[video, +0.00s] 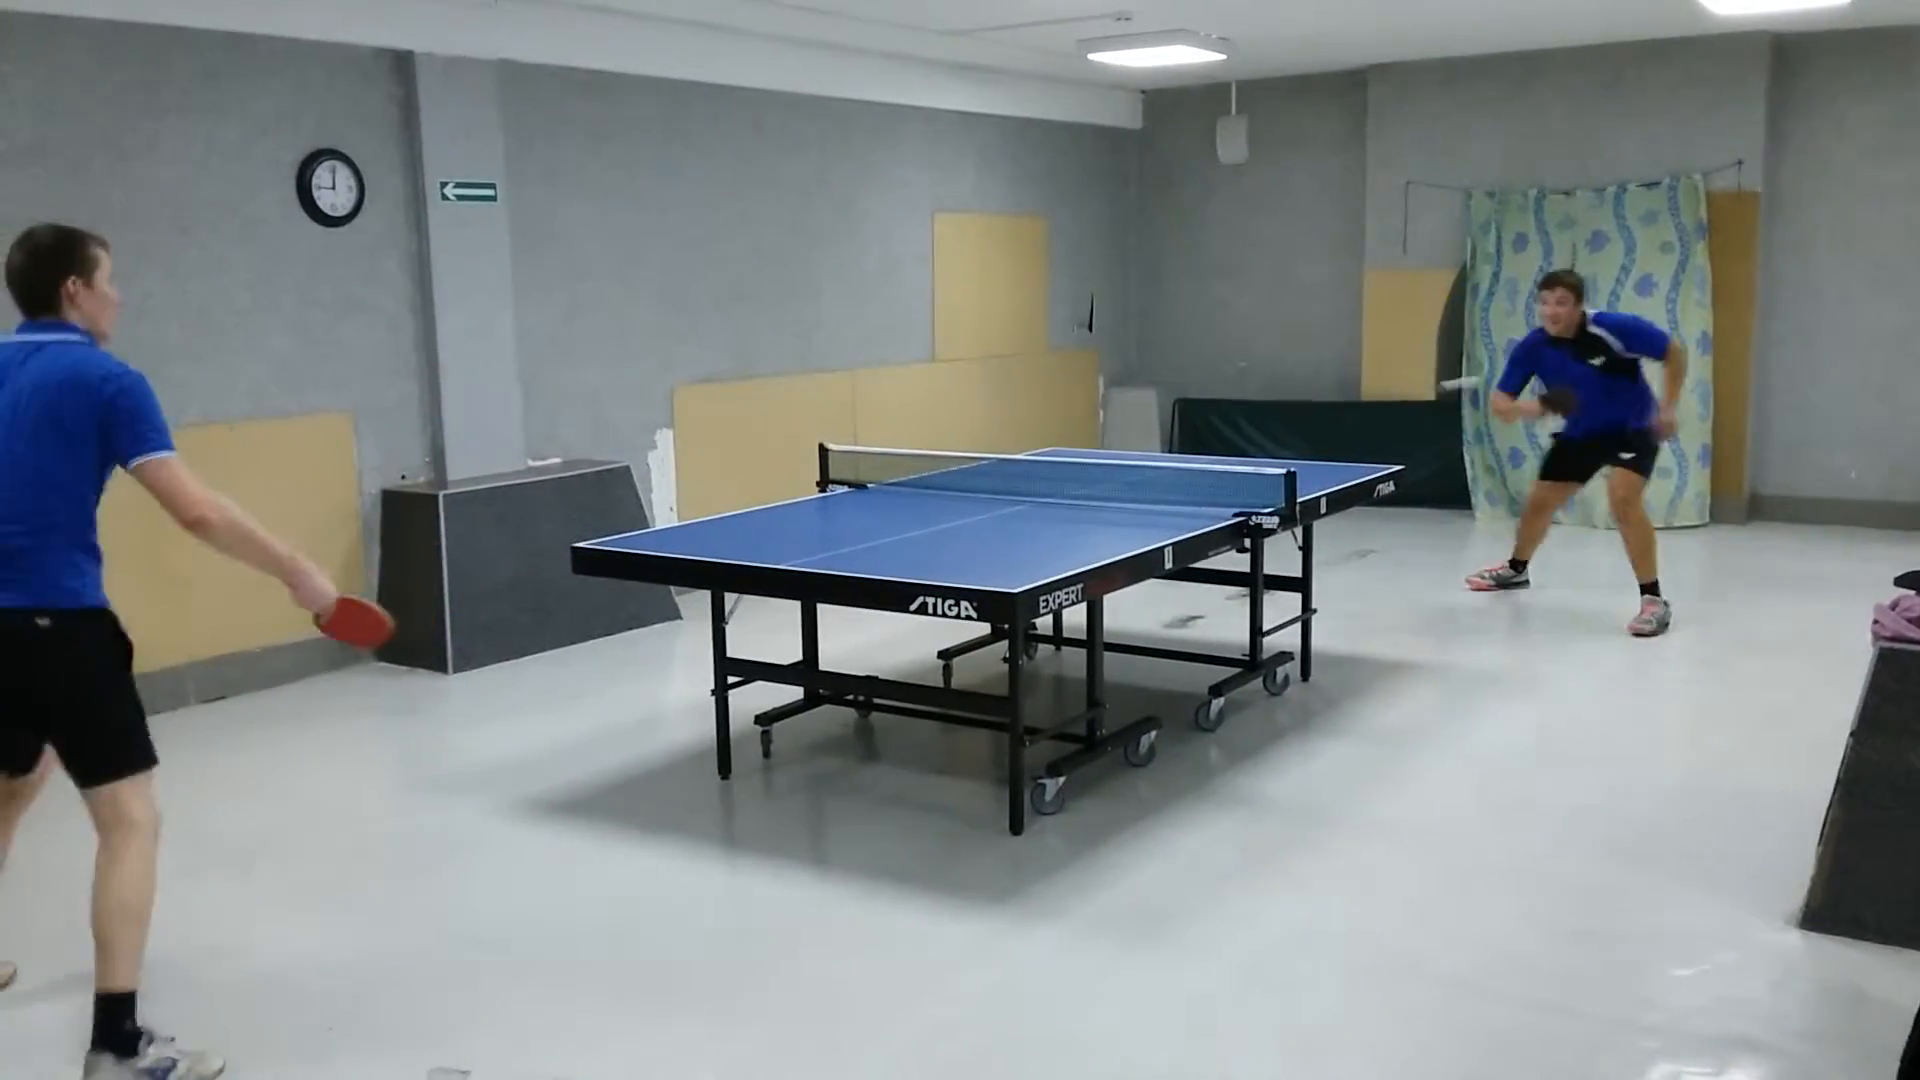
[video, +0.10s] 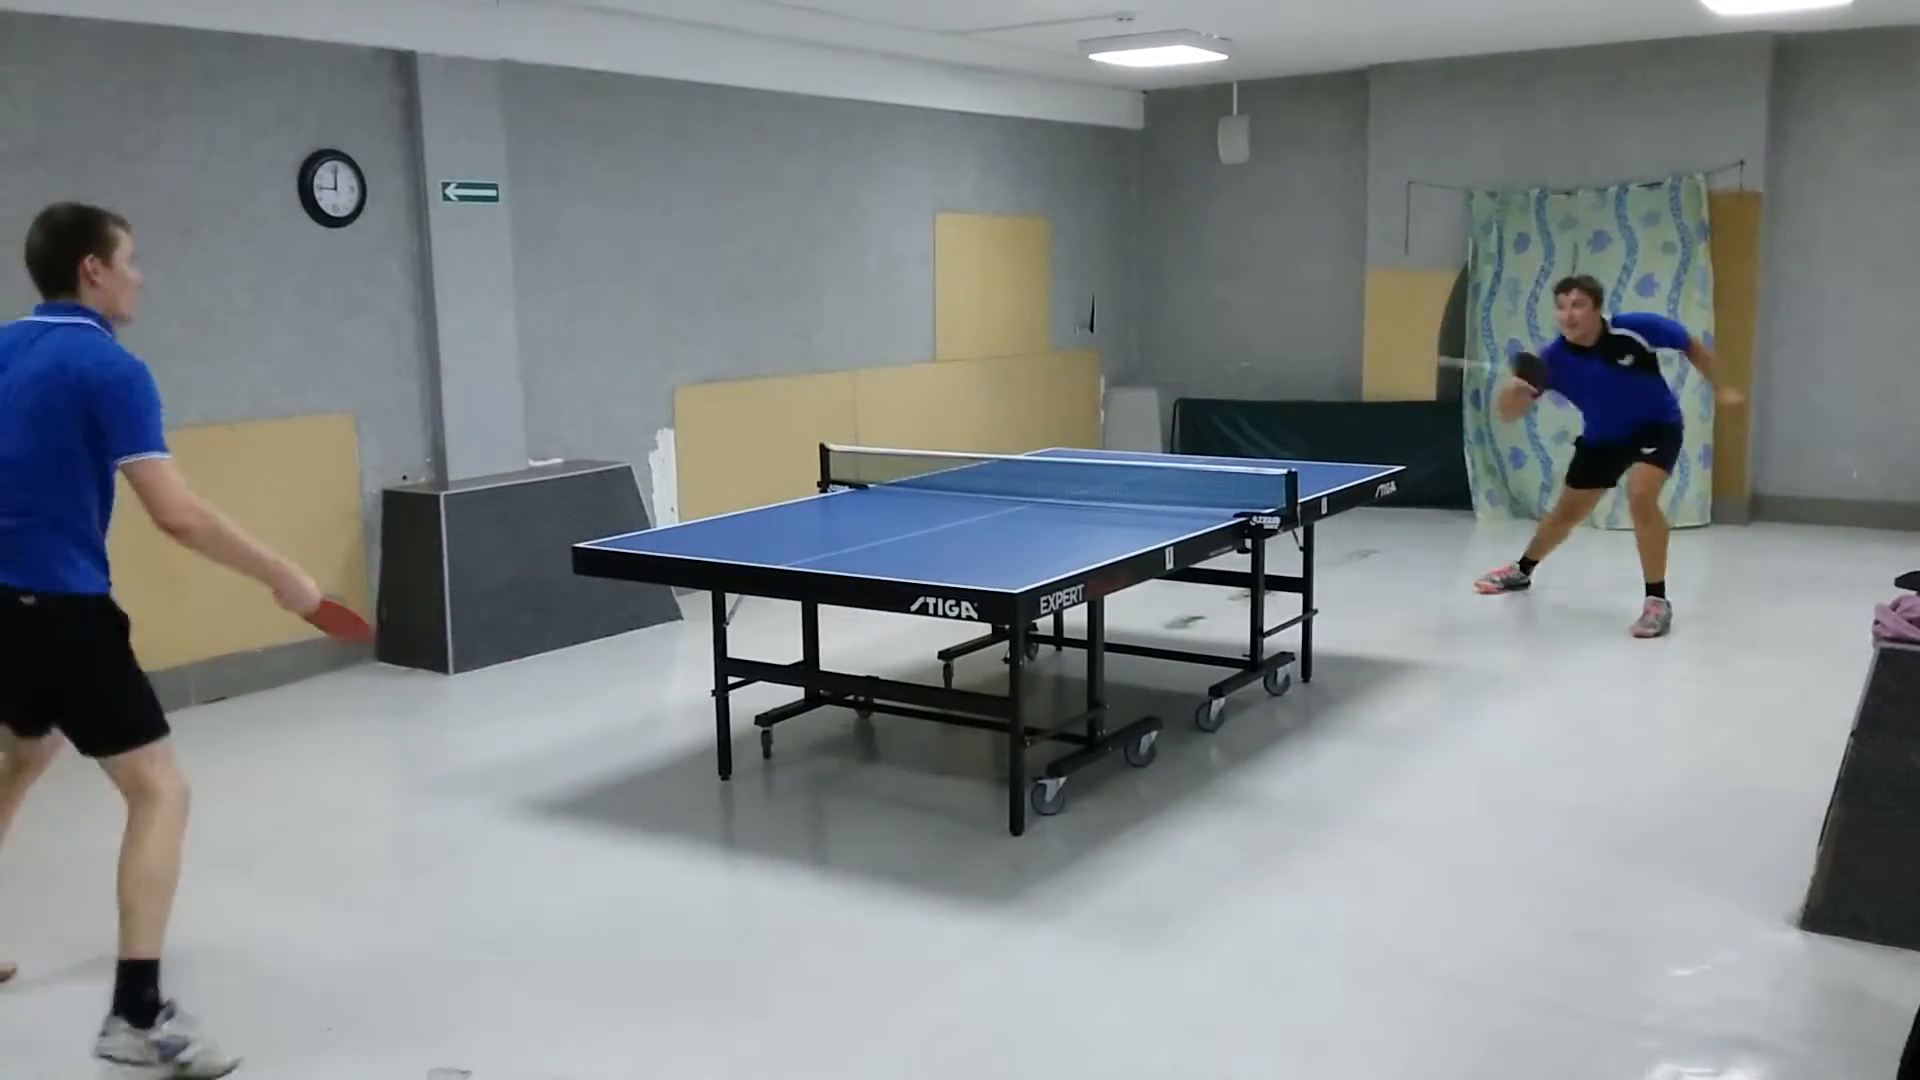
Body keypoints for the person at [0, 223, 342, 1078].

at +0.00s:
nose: (117, 297)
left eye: (113, 281)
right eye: (109, 282)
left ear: (42, 293)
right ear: (73, 292)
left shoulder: (6, 363)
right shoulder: (101, 377)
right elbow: (193, 507)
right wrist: (295, 570)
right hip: (63, 627)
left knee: (11, 788)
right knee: (127, 821)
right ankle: (117, 1037)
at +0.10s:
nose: (139, 278)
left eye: (134, 262)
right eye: (129, 263)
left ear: (64, 274)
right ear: (91, 271)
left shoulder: (9, 345)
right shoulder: (106, 363)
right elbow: (177, 514)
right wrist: (280, 573)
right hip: (60, 607)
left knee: (23, 747)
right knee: (158, 789)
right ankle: (136, 1014)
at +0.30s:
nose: (168, 364)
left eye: (163, 347)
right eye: (159, 347)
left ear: (93, 359)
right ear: (123, 356)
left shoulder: (32, 427)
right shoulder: (115, 446)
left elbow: (19, 552)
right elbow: (176, 599)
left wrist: (95, 610)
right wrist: (287, 620)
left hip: (10, 672)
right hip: (35, 684)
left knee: (24, 778)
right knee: (180, 816)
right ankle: (145, 1031)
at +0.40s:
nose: (163, 407)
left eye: (160, 392)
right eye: (154, 392)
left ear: (89, 402)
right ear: (120, 399)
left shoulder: (26, 463)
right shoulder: (119, 483)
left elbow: (27, 588)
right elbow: (157, 626)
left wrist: (118, 626)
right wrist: (209, 690)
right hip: (34, 704)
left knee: (23, 775)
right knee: (192, 826)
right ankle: (150, 1034)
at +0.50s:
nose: (122, 404)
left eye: (118, 388)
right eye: (115, 389)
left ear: (47, 396)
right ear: (86, 393)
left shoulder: (11, 454)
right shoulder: (98, 469)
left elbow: (19, 570)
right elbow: (146, 607)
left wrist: (76, 624)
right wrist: (119, 675)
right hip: (27, 682)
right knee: (153, 822)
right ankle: (149, 1032)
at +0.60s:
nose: (70, 374)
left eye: (67, 360)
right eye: (63, 360)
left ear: (21, 366)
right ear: (35, 365)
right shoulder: (52, 427)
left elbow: (162, 528)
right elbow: (162, 529)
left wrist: (128, 539)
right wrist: (124, 552)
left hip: (16, 640)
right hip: (13, 638)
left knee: (47, 812)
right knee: (46, 812)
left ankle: (121, 1008)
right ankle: (121, 1010)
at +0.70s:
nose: (22, 359)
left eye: (18, 346)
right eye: (17, 347)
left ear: (0, 357)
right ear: (7, 354)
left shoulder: (30, 415)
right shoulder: (30, 414)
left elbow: (177, 427)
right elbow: (180, 428)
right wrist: (276, 397)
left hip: (5, 636)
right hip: (1, 635)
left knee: (17, 792)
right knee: (15, 790)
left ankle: (24, 993)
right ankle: (22, 993)